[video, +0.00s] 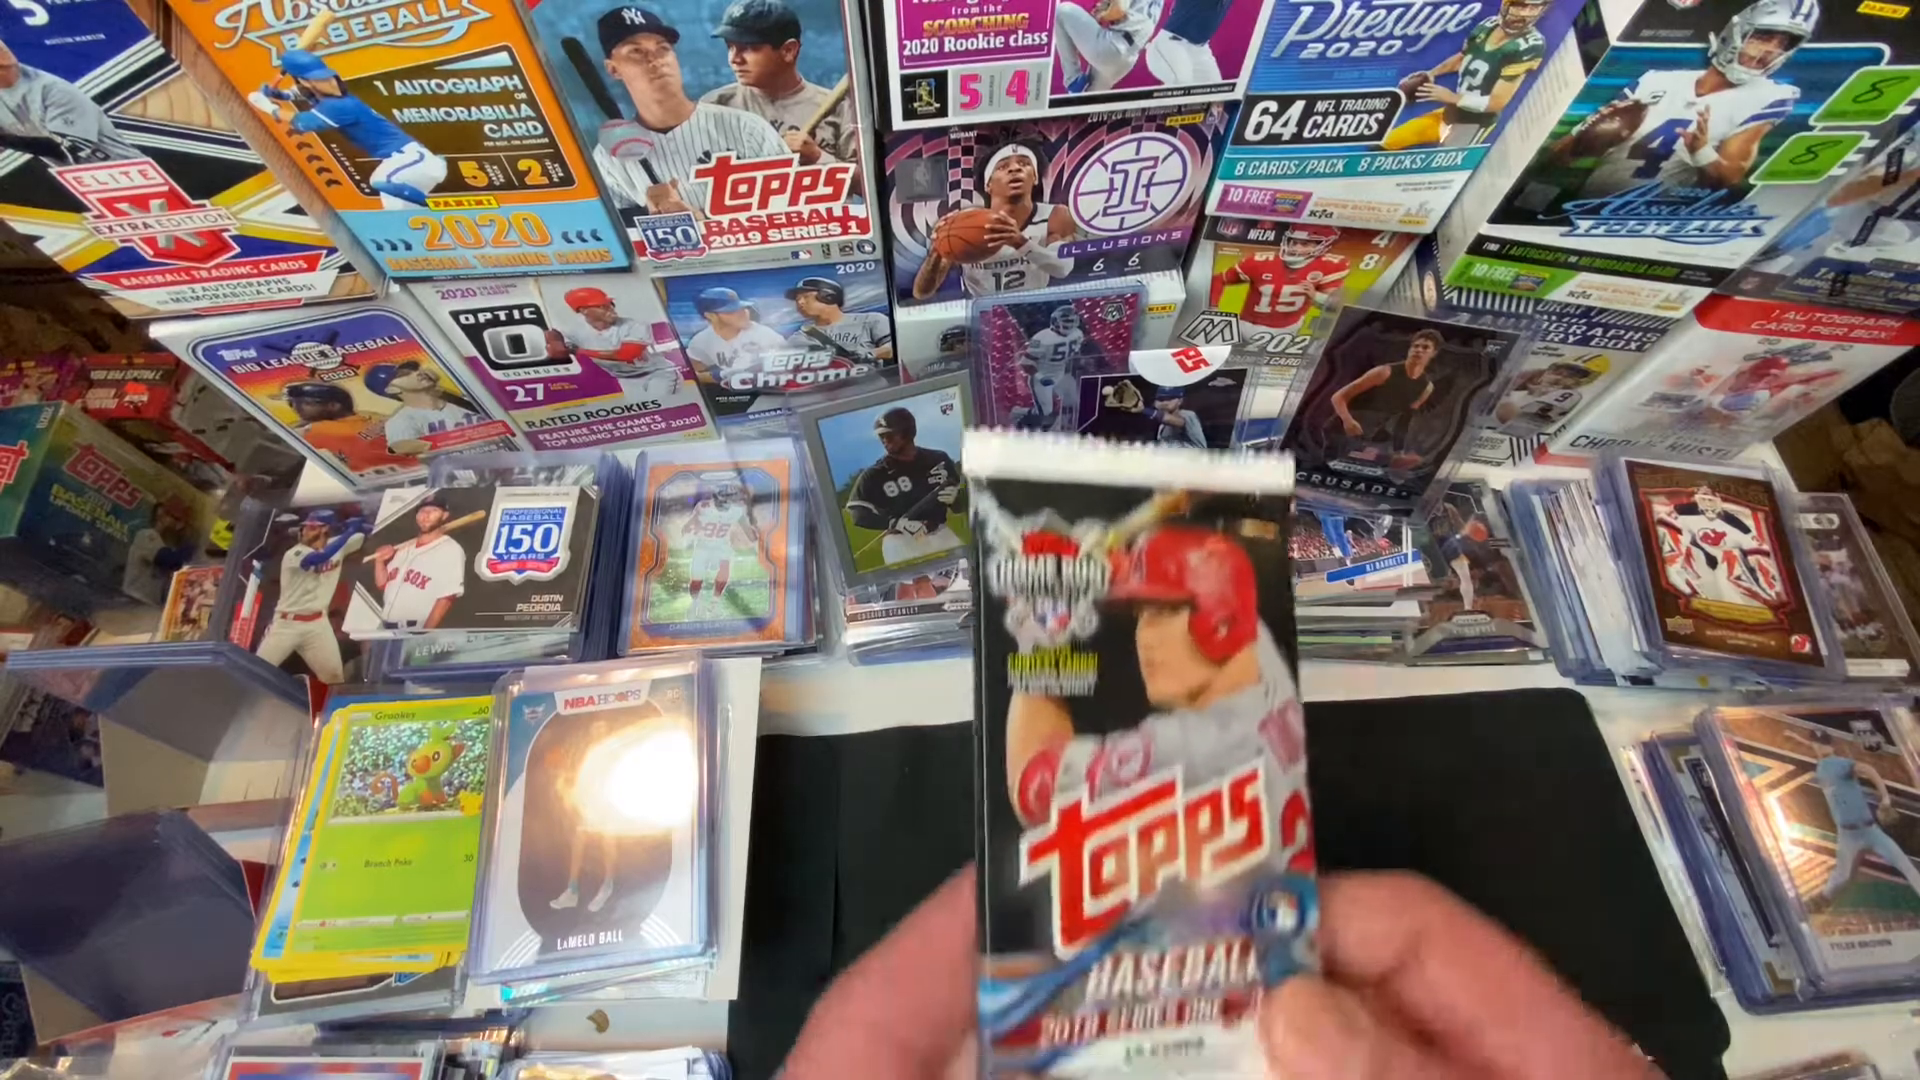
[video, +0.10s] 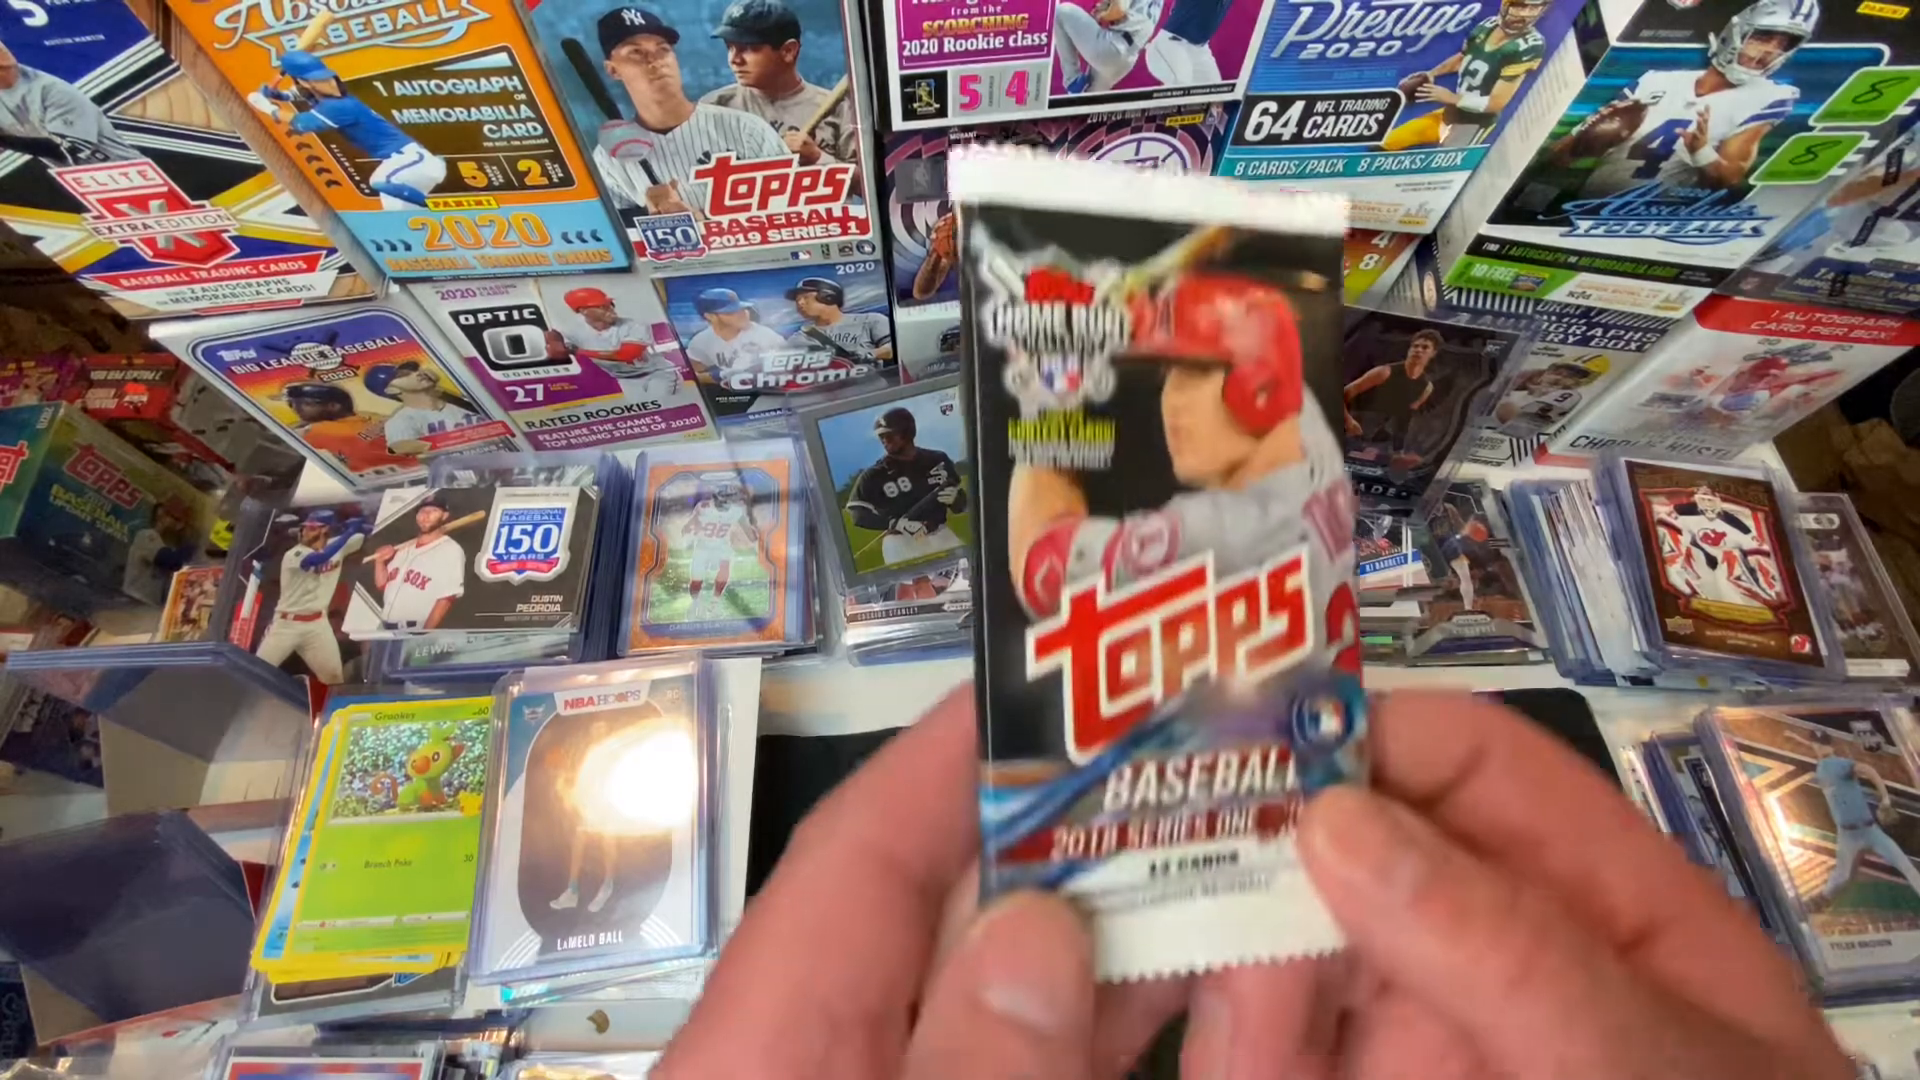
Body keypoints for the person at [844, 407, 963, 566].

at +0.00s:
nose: (886, 441)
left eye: (890, 435)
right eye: (882, 437)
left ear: (907, 433)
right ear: (879, 438)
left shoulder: (938, 459)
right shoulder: (873, 475)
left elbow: (960, 506)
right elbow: (859, 516)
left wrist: (955, 498)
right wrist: (895, 523)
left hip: (940, 535)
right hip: (899, 543)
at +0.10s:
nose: (886, 442)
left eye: (890, 436)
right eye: (882, 438)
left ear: (907, 433)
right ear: (879, 438)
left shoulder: (937, 460)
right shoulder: (872, 476)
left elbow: (961, 505)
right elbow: (859, 516)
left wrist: (955, 498)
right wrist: (895, 523)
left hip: (940, 536)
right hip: (900, 545)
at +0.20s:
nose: (886, 442)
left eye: (890, 435)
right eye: (882, 437)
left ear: (908, 432)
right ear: (879, 438)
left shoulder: (938, 460)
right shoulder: (872, 476)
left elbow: (961, 506)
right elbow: (859, 516)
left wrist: (954, 499)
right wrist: (894, 523)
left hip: (940, 536)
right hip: (900, 544)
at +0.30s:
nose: (885, 442)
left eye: (890, 436)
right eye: (882, 438)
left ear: (908, 433)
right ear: (879, 439)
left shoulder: (937, 460)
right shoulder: (872, 477)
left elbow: (960, 504)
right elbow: (859, 516)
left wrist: (954, 499)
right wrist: (894, 523)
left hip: (940, 537)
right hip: (900, 545)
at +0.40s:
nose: (885, 442)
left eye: (890, 436)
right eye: (882, 438)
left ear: (908, 433)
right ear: (879, 438)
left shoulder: (938, 460)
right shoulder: (872, 477)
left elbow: (963, 503)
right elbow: (859, 516)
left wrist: (955, 498)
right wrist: (893, 523)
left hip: (941, 539)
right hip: (901, 545)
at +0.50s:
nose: (884, 440)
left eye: (889, 434)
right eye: (882, 436)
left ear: (908, 432)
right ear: (879, 438)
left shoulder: (938, 459)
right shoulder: (872, 476)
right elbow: (858, 515)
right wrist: (894, 523)